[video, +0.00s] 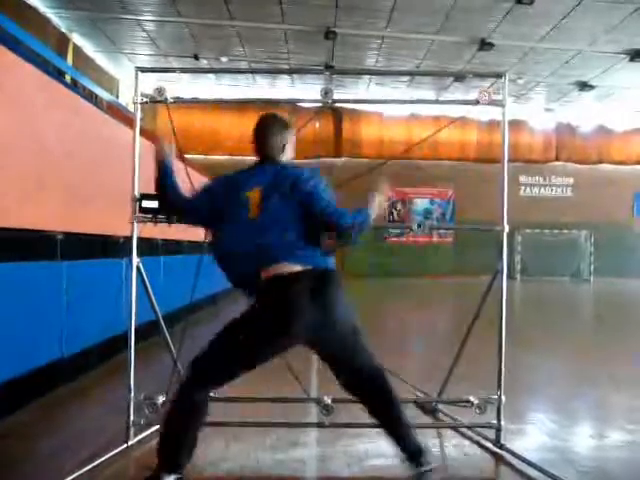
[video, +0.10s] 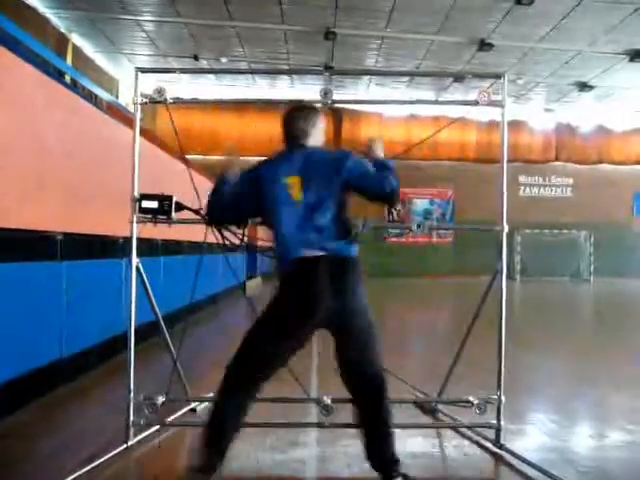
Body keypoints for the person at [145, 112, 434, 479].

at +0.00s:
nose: (294, 146)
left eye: (292, 141)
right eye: (292, 141)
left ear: (254, 145)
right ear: (287, 145)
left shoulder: (226, 189)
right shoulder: (302, 179)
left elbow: (177, 206)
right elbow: (341, 225)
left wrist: (164, 160)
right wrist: (373, 207)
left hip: (275, 301)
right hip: (322, 292)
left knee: (200, 378)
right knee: (364, 374)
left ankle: (169, 468)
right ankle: (417, 456)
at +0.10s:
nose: (324, 132)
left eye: (321, 126)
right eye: (322, 127)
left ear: (285, 133)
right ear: (317, 131)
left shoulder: (266, 173)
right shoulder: (338, 162)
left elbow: (218, 214)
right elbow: (387, 190)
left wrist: (226, 179)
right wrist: (379, 160)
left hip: (299, 290)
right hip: (346, 288)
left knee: (245, 372)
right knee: (367, 377)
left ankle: (208, 461)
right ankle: (387, 465)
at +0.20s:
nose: (347, 137)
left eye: (345, 131)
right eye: (344, 131)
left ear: (307, 132)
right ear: (336, 133)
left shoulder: (274, 164)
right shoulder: (350, 168)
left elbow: (230, 157)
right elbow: (400, 203)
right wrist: (402, 171)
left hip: (307, 292)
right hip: (355, 289)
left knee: (261, 380)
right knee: (404, 353)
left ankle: (235, 468)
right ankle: (406, 451)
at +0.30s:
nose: (372, 129)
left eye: (368, 122)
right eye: (371, 123)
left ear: (337, 124)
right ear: (366, 125)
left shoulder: (303, 154)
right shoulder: (383, 159)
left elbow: (254, 149)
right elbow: (439, 174)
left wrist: (266, 118)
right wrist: (446, 142)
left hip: (322, 286)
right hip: (371, 283)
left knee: (276, 372)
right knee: (439, 342)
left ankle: (221, 464)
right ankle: (439, 438)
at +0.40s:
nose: (421, 141)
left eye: (418, 135)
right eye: (418, 136)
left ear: (385, 142)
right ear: (411, 142)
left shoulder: (359, 175)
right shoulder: (428, 169)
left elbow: (310, 201)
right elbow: (466, 146)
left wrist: (315, 174)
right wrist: (483, 108)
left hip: (354, 297)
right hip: (399, 299)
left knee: (296, 369)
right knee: (450, 374)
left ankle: (226, 449)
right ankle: (478, 458)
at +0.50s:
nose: (441, 157)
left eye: (436, 151)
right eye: (439, 152)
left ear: (407, 158)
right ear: (437, 159)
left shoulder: (384, 197)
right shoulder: (451, 194)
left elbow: (347, 242)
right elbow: (481, 169)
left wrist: (344, 208)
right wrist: (486, 116)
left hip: (374, 307)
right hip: (419, 311)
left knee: (317, 384)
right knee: (479, 369)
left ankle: (255, 461)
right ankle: (482, 461)